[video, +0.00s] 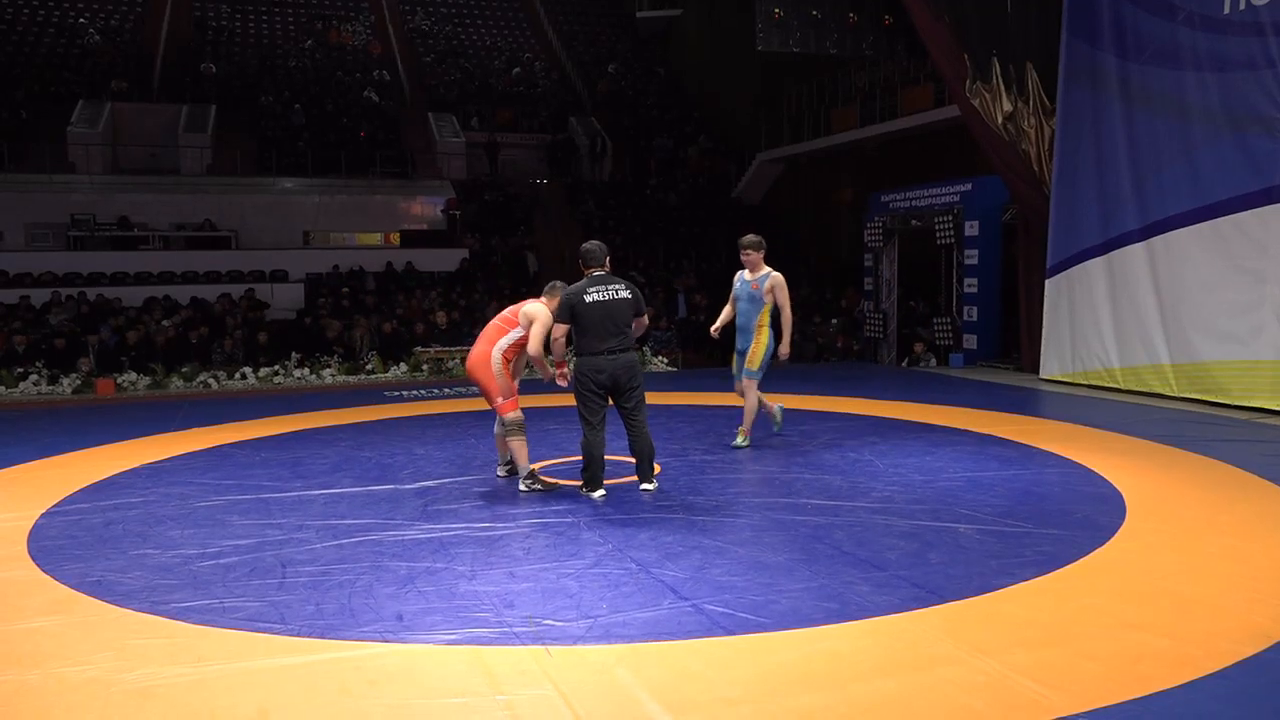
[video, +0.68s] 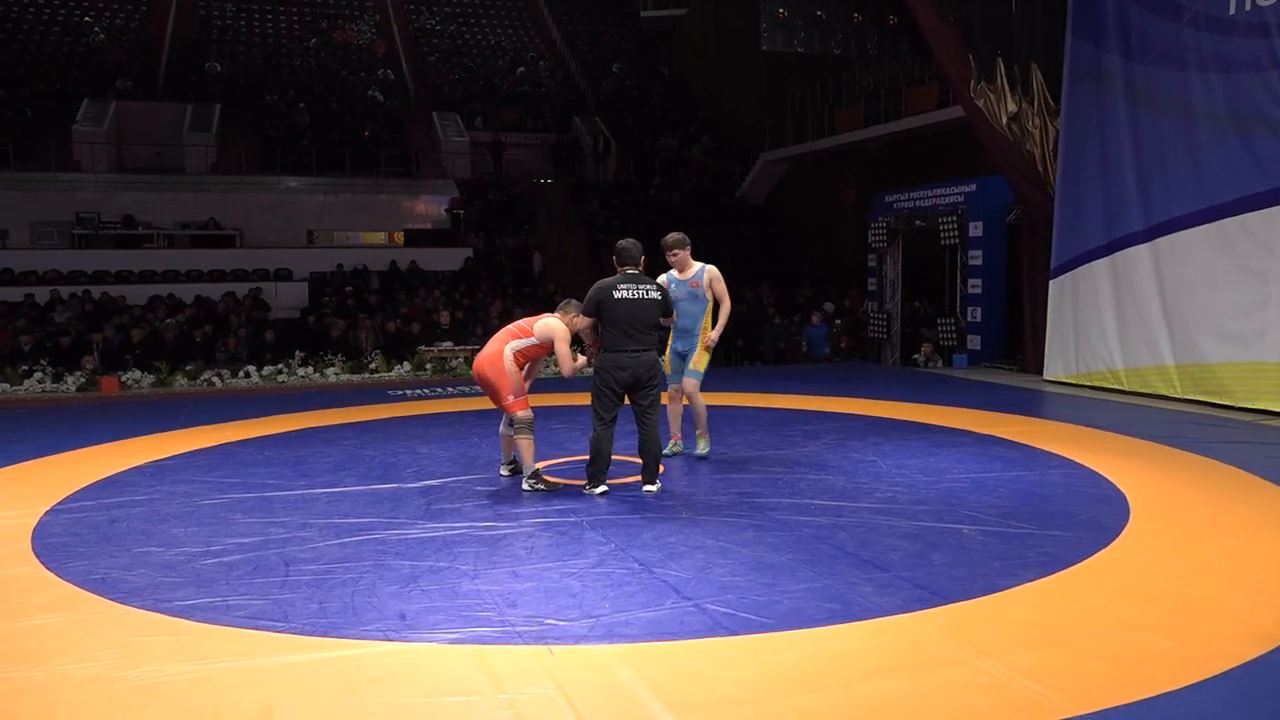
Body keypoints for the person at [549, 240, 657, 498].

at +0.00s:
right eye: (609, 260)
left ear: (581, 266)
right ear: (608, 262)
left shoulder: (572, 294)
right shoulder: (628, 288)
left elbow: (558, 337)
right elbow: (641, 323)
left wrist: (559, 365)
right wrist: (624, 339)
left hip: (590, 366)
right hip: (625, 363)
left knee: (593, 427)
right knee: (636, 420)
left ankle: (593, 485)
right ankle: (647, 478)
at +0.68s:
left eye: (615, 259)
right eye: (642, 258)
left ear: (615, 262)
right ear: (642, 261)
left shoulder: (602, 287)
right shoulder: (657, 289)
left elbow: (584, 325)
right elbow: (668, 320)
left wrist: (594, 346)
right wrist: (645, 319)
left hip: (612, 362)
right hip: (647, 361)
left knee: (603, 422)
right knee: (649, 421)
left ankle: (597, 480)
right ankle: (650, 480)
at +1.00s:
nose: (621, 264)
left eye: (622, 261)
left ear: (625, 263)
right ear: (651, 262)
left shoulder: (613, 286)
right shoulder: (666, 289)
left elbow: (595, 325)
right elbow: (667, 324)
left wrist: (619, 331)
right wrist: (643, 326)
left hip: (620, 362)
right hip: (655, 363)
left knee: (607, 421)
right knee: (653, 421)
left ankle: (598, 477)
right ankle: (651, 480)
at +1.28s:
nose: (629, 263)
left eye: (630, 260)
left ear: (633, 262)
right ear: (659, 261)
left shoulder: (620, 288)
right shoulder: (674, 289)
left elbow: (603, 323)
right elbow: (679, 324)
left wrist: (627, 317)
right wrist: (655, 318)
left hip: (627, 361)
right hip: (663, 361)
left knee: (614, 420)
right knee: (660, 421)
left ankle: (603, 475)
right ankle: (657, 480)